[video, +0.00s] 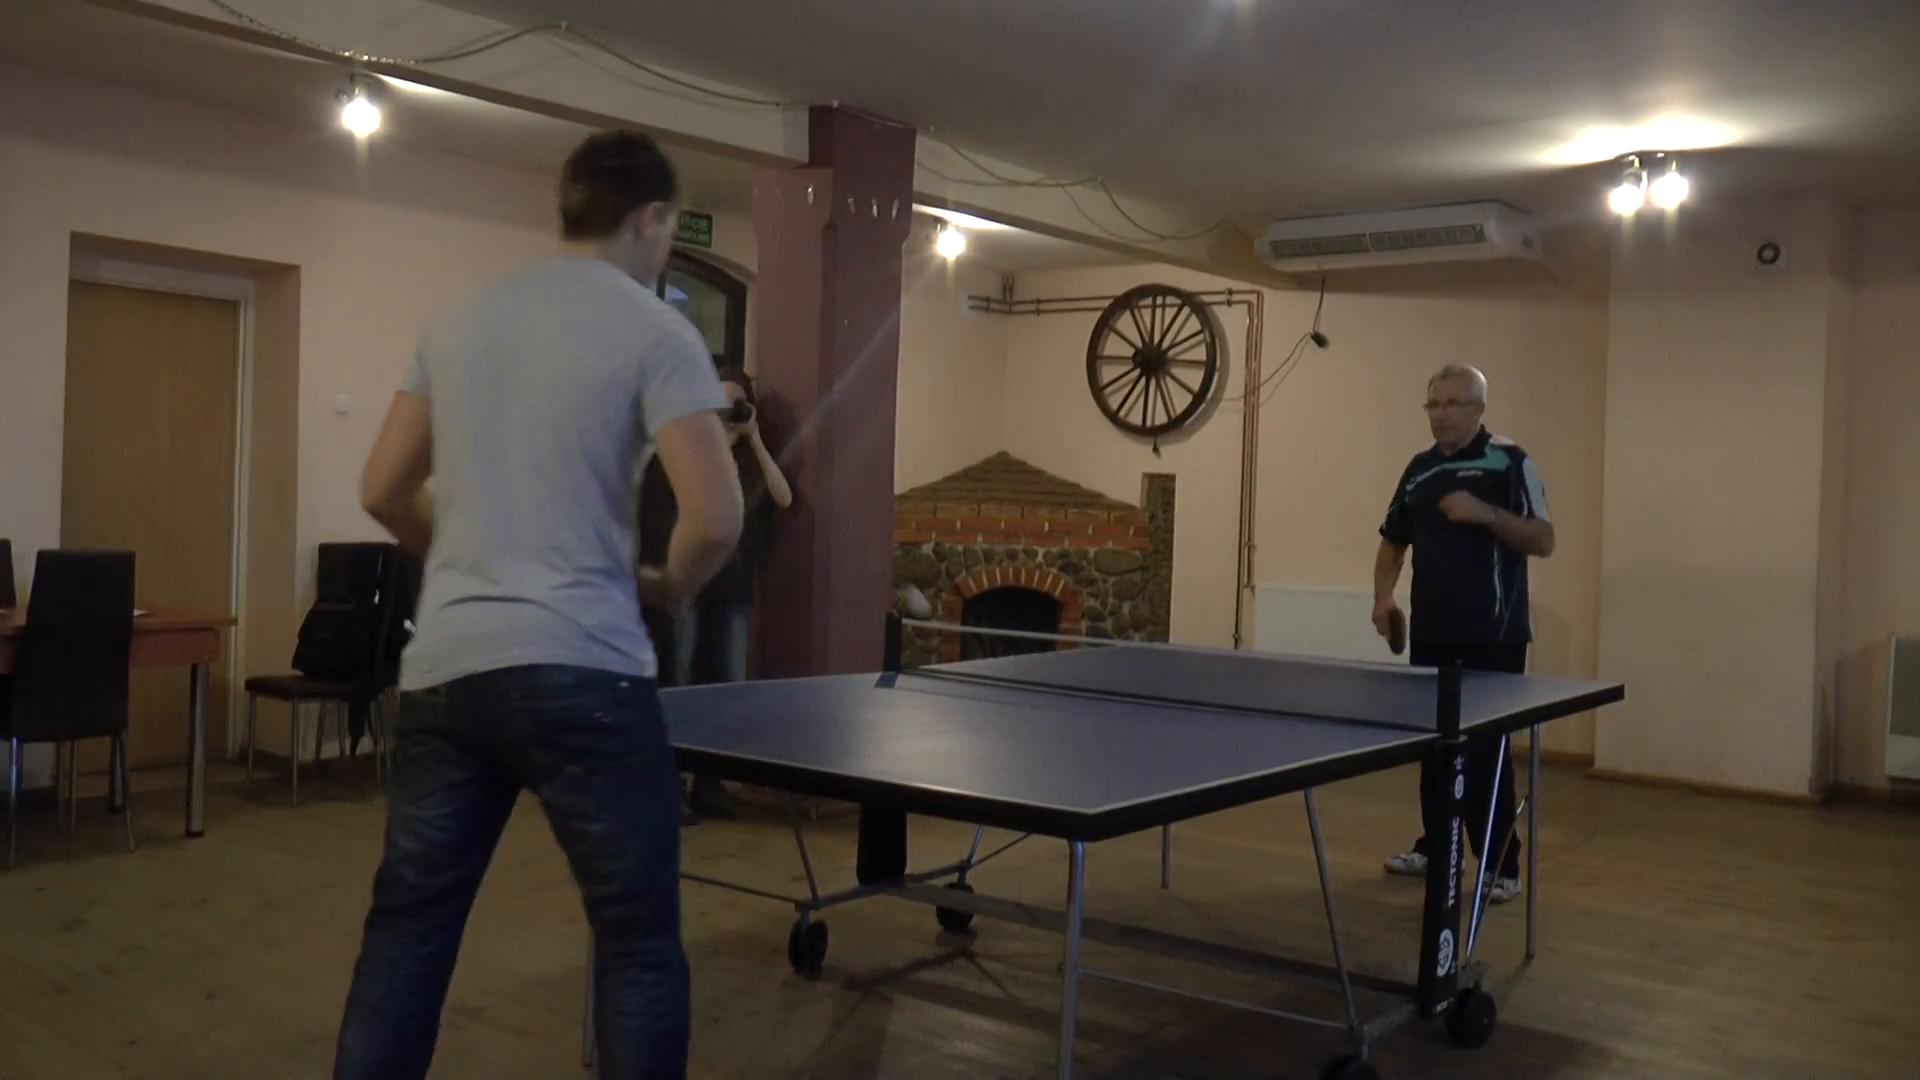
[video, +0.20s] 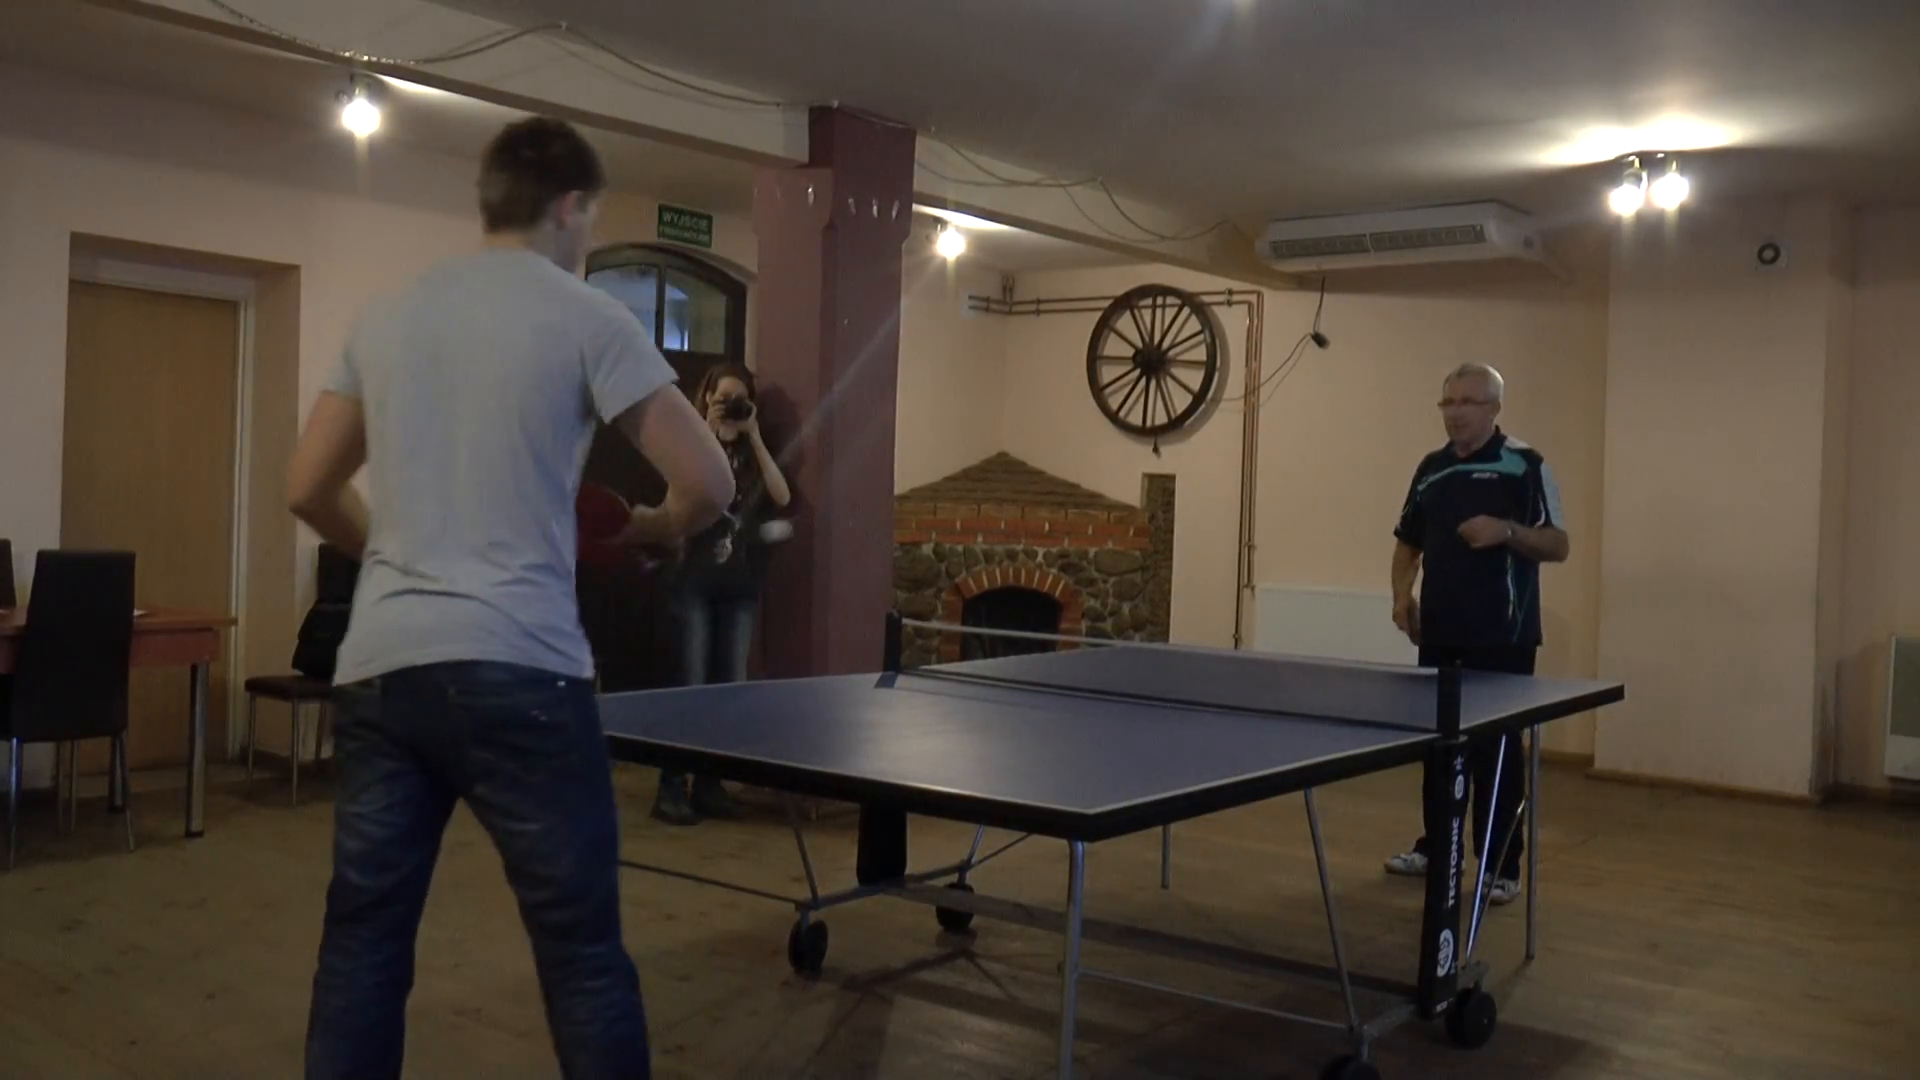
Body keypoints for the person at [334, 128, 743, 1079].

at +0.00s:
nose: (668, 249)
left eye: (671, 232)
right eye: (670, 229)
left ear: (566, 215)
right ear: (647, 222)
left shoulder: (459, 320)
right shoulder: (653, 327)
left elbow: (385, 488)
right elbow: (714, 514)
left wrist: (456, 555)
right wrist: (672, 585)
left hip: (444, 666)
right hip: (583, 668)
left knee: (408, 923)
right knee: (637, 936)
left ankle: (368, 1072)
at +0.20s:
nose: (591, 241)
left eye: (593, 222)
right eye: (592, 220)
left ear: (487, 206)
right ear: (567, 210)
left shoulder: (388, 312)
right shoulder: (584, 310)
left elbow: (310, 488)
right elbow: (706, 483)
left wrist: (389, 555)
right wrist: (653, 530)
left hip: (378, 664)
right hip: (519, 664)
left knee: (362, 940)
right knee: (580, 947)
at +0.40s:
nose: (544, 219)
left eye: (544, 201)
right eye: (545, 200)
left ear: (439, 199)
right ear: (522, 198)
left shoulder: (337, 306)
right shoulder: (553, 309)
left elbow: (259, 484)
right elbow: (676, 458)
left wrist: (330, 562)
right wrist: (745, 529)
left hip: (347, 657)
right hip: (490, 651)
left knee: (344, 942)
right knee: (548, 946)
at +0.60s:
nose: (525, 215)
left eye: (527, 200)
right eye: (527, 199)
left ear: (419, 194)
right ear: (506, 195)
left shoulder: (328, 298)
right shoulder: (547, 309)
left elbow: (244, 472)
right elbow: (670, 463)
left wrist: (294, 576)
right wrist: (695, 540)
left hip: (347, 657)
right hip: (495, 651)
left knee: (343, 937)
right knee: (545, 938)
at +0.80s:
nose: (530, 210)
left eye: (529, 192)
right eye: (530, 190)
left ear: (420, 193)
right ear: (508, 190)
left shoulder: (329, 300)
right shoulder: (549, 311)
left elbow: (252, 478)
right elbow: (619, 509)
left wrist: (313, 577)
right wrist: (605, 590)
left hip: (354, 651)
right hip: (497, 649)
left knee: (347, 933)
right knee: (551, 941)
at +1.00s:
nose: (546, 206)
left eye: (545, 188)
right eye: (546, 188)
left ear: (437, 191)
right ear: (524, 189)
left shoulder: (344, 304)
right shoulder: (556, 313)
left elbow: (271, 480)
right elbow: (582, 518)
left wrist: (345, 567)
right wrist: (584, 617)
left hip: (360, 651)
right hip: (499, 653)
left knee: (354, 938)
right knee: (553, 947)